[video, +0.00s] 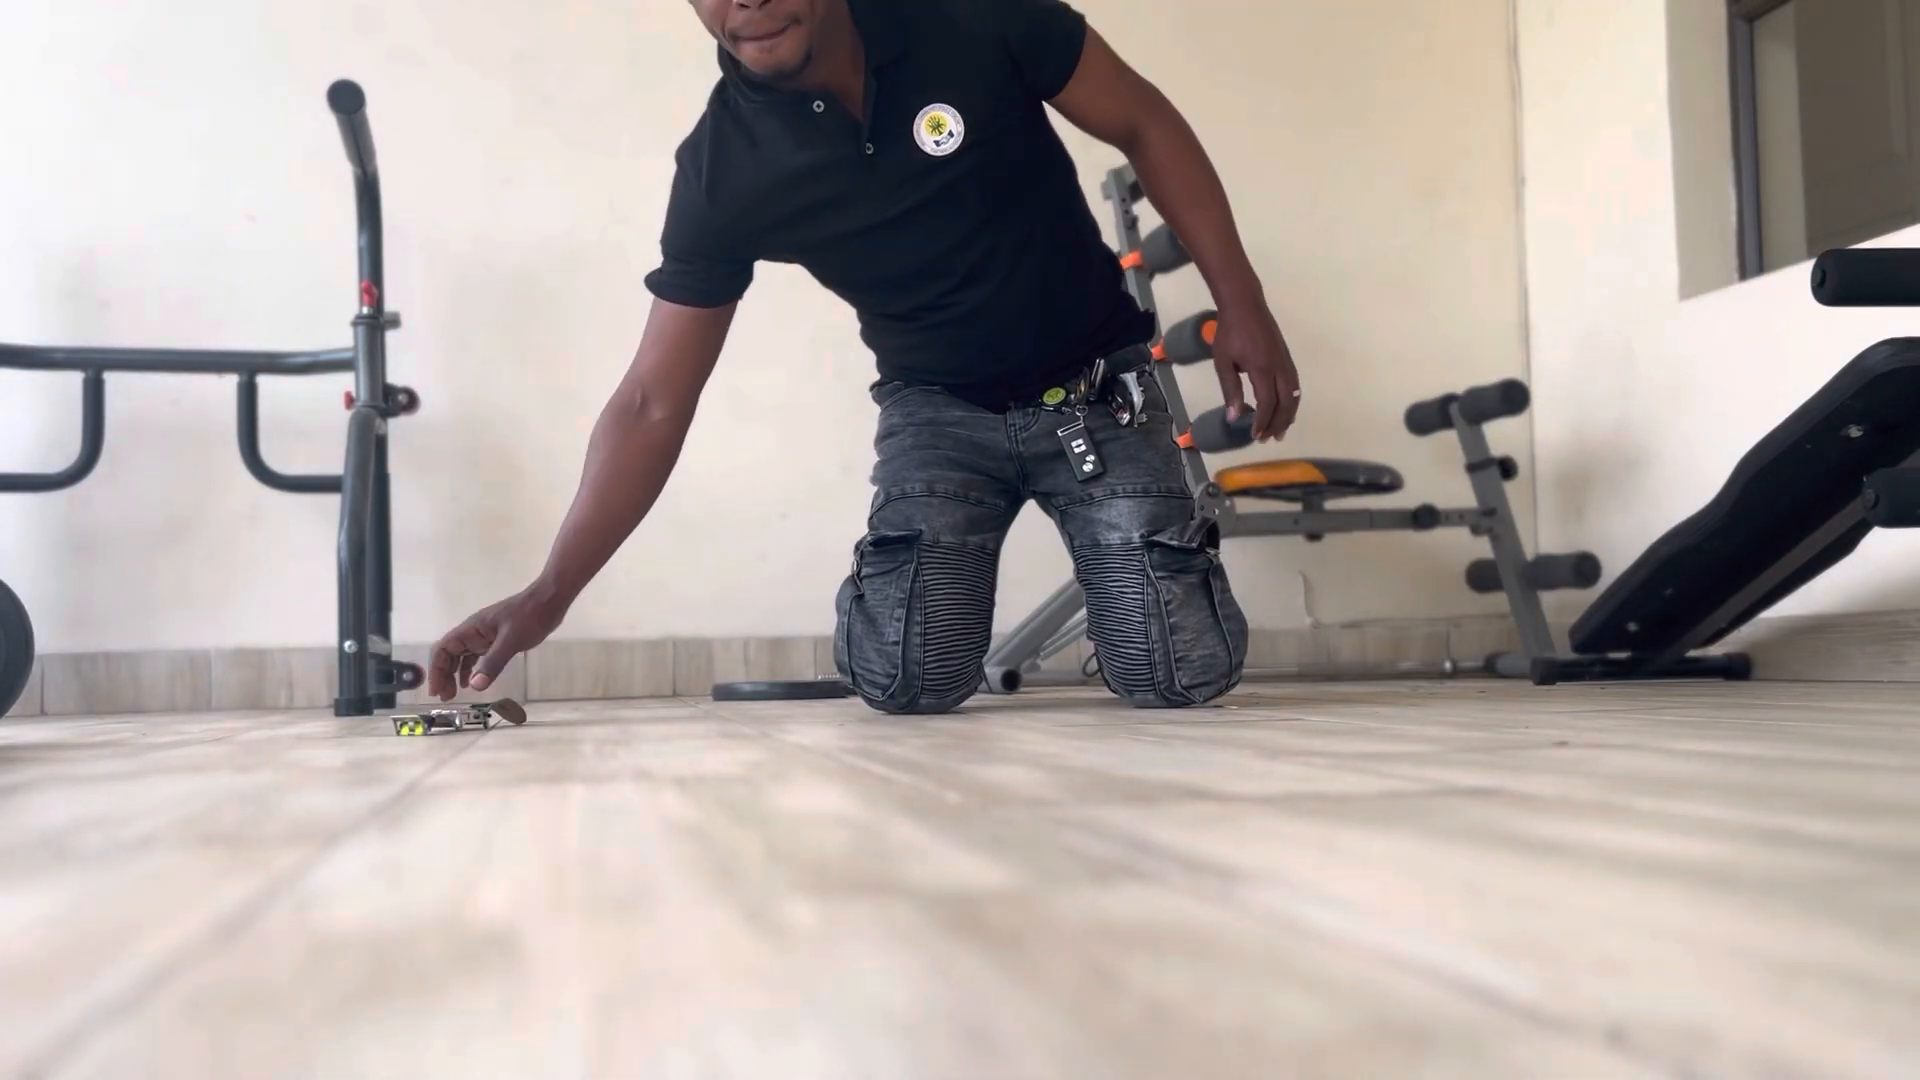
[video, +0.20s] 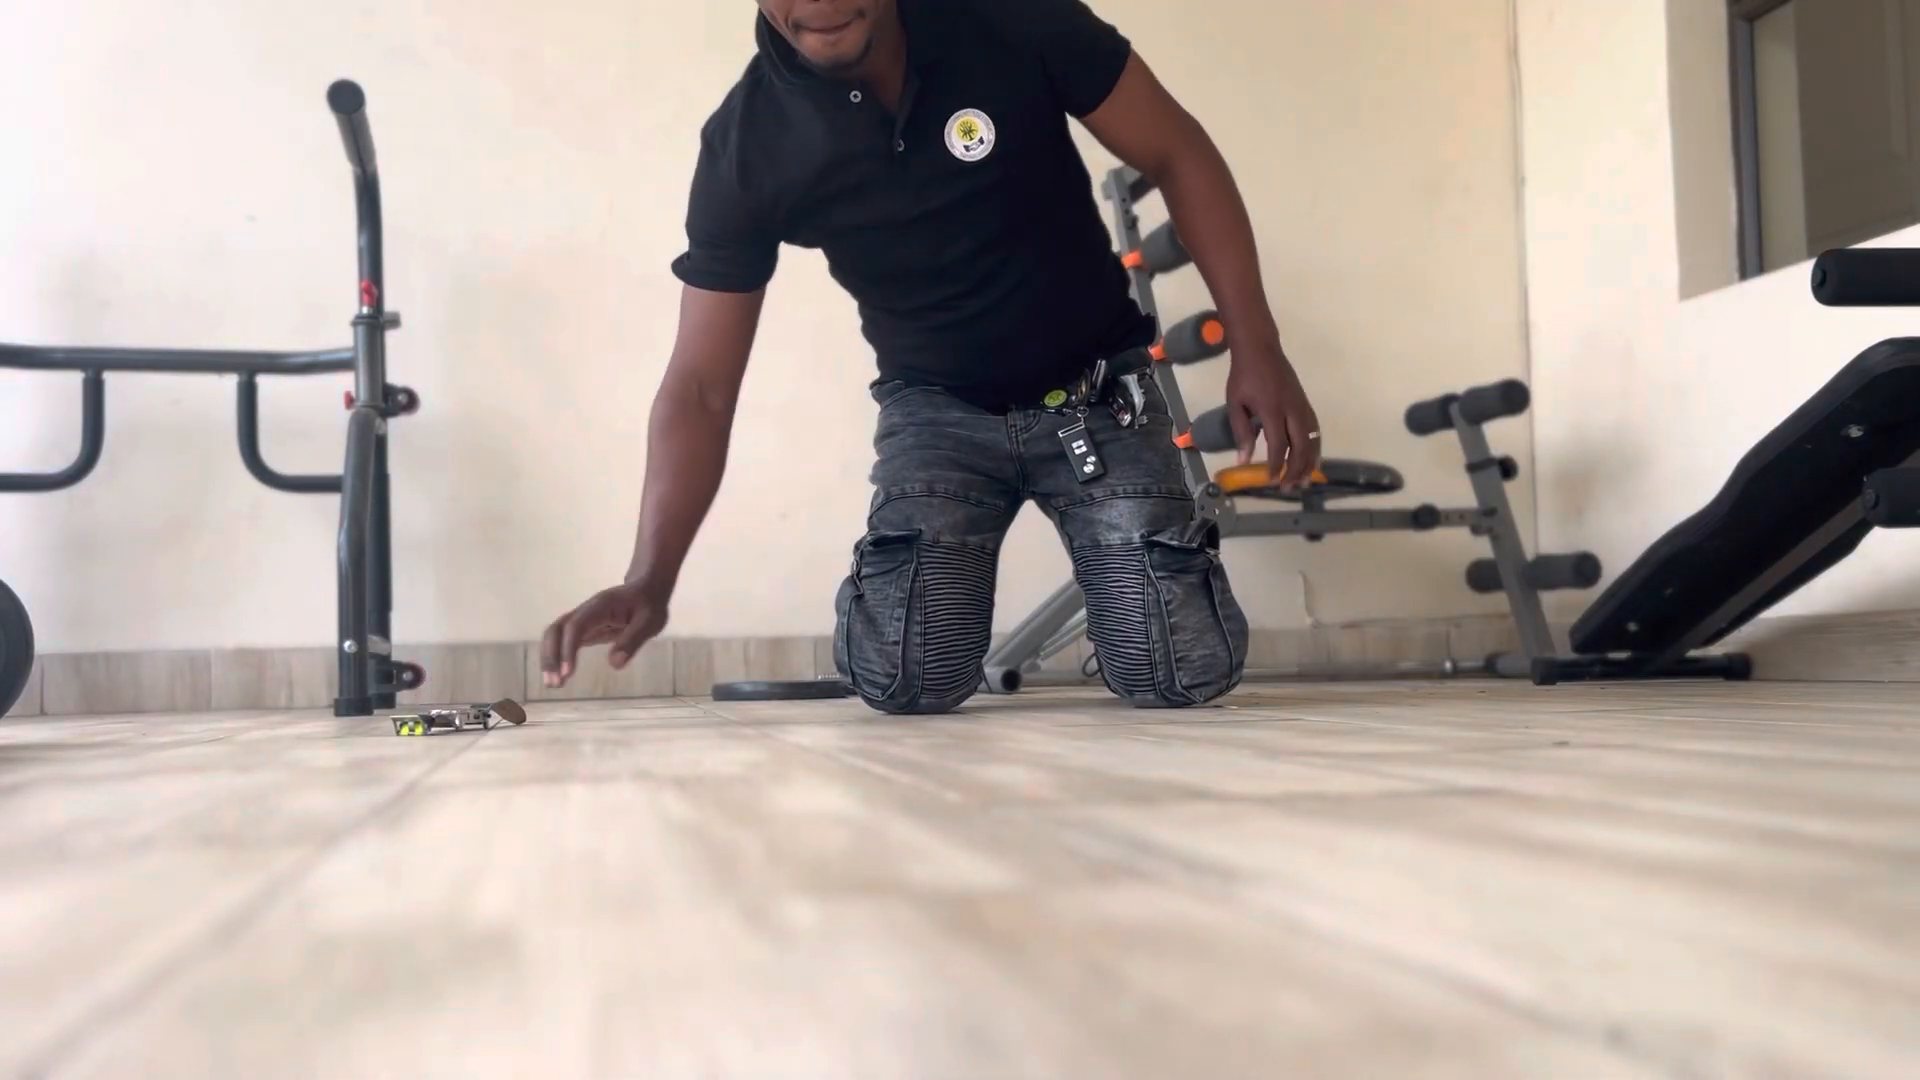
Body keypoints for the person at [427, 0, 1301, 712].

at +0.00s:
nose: (743, 18)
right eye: (716, 4)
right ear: (697, 11)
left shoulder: (975, 22)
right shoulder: (726, 166)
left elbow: (1144, 122)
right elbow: (646, 409)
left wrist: (1244, 313)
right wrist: (546, 595)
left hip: (1101, 381)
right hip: (936, 408)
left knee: (1185, 670)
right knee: (904, 673)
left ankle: (1122, 608)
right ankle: (953, 631)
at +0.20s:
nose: (810, 1)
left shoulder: (1010, 21)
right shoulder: (750, 145)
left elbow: (1176, 151)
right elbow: (698, 387)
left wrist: (1255, 344)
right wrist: (647, 583)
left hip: (1099, 390)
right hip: (935, 413)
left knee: (1187, 669)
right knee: (906, 675)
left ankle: (1136, 618)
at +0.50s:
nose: (921, 24)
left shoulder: (1085, 39)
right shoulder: (808, 125)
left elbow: (1239, 231)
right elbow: (777, 368)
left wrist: (1287, 435)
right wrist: (804, 565)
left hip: (1104, 401)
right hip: (938, 413)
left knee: (1181, 672)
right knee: (915, 679)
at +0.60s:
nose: (959, 50)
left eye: (991, 15)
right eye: (926, 16)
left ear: (1035, 2)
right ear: (877, 9)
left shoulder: (1118, 60)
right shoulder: (831, 132)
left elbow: (1259, 264)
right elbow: (810, 377)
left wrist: (1297, 474)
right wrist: (838, 584)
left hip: (1109, 402)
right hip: (939, 414)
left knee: (1182, 675)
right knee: (912, 686)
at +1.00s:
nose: (1112, 214)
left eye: (1141, 181)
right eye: (1076, 180)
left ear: (1182, 104)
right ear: (991, 107)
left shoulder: (1251, 153)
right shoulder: (906, 148)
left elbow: (1366, 405)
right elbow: (851, 419)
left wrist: (1395, 660)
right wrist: (863, 675)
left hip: (1138, 392)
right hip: (956, 393)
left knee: (1179, 679)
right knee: (909, 684)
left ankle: (1194, 583)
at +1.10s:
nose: (1154, 235)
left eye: (1183, 202)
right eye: (1120, 203)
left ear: (1238, 119)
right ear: (1035, 110)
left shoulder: (1295, 146)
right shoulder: (940, 140)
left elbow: (1388, 414)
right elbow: (858, 420)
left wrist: (1400, 661)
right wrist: (866, 674)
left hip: (1163, 379)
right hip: (975, 376)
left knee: (1183, 680)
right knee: (907, 676)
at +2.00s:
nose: (1132, 340)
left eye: (1173, 298)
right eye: (1097, 280)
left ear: (1286, 136)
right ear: (1055, 107)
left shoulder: (1369, 111)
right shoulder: (967, 121)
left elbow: (1418, 398)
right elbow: (872, 414)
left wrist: (1406, 663)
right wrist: (869, 673)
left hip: (1225, 280)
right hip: (1024, 261)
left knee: (1206, 574)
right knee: (983, 466)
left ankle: (1164, 590)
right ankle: (951, 602)